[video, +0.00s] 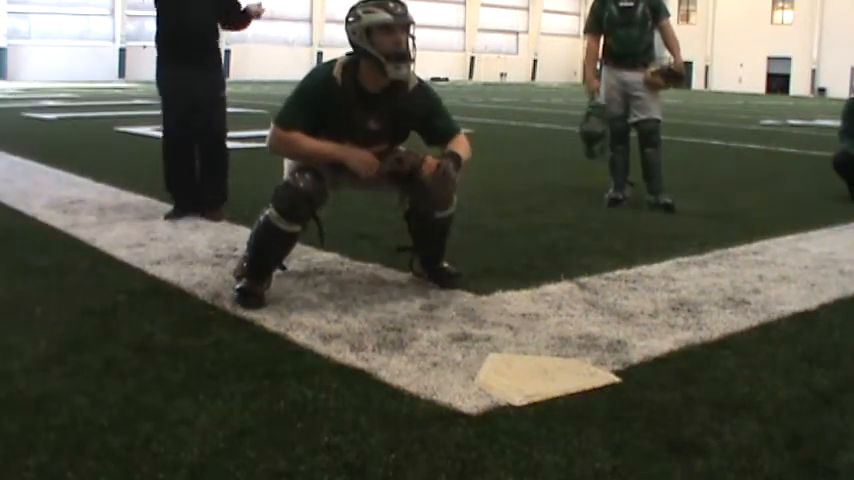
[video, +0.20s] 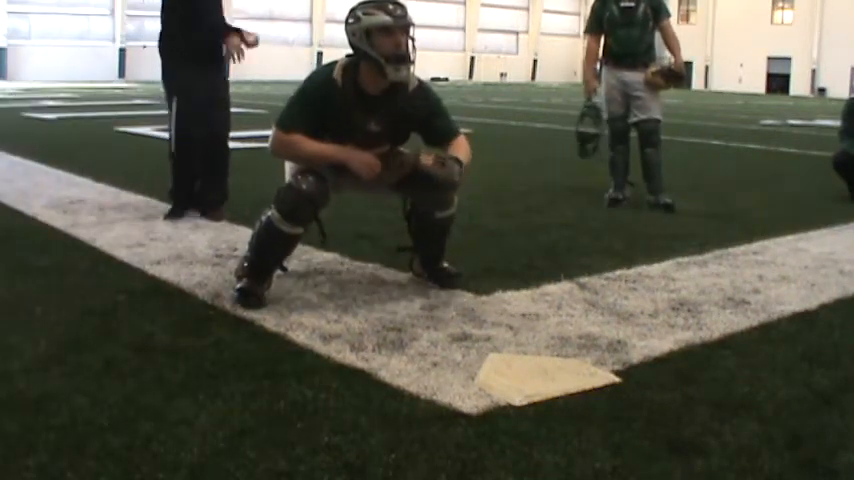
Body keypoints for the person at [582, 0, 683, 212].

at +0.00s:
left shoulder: (652, 4)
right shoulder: (602, 5)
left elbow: (665, 29)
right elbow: (593, 40)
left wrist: (678, 60)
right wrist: (590, 76)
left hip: (645, 74)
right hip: (613, 74)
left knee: (650, 134)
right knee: (617, 135)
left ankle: (656, 193)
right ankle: (618, 188)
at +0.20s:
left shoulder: (652, 4)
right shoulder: (603, 5)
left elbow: (666, 30)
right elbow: (593, 40)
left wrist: (678, 61)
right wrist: (589, 77)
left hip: (645, 74)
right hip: (613, 74)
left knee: (650, 134)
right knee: (617, 135)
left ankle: (656, 193)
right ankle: (618, 188)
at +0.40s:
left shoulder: (653, 4)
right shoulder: (603, 4)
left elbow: (666, 29)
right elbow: (594, 40)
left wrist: (678, 59)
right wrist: (589, 77)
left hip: (645, 73)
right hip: (613, 73)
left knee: (651, 134)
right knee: (617, 134)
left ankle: (656, 193)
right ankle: (618, 188)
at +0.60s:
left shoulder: (653, 4)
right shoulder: (603, 5)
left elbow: (666, 29)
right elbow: (594, 40)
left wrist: (678, 60)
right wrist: (589, 75)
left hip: (645, 73)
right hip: (613, 73)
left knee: (651, 133)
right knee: (617, 134)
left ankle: (656, 193)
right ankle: (618, 187)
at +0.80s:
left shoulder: (653, 4)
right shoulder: (603, 4)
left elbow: (666, 29)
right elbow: (594, 39)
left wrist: (678, 60)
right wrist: (589, 75)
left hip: (645, 74)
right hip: (613, 73)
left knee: (651, 133)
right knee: (617, 134)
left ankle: (656, 193)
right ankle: (618, 188)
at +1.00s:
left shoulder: (653, 4)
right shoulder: (603, 5)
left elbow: (666, 29)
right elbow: (594, 39)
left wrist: (678, 60)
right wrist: (590, 75)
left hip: (645, 74)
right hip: (613, 73)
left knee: (651, 134)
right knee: (617, 134)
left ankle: (656, 193)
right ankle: (618, 188)